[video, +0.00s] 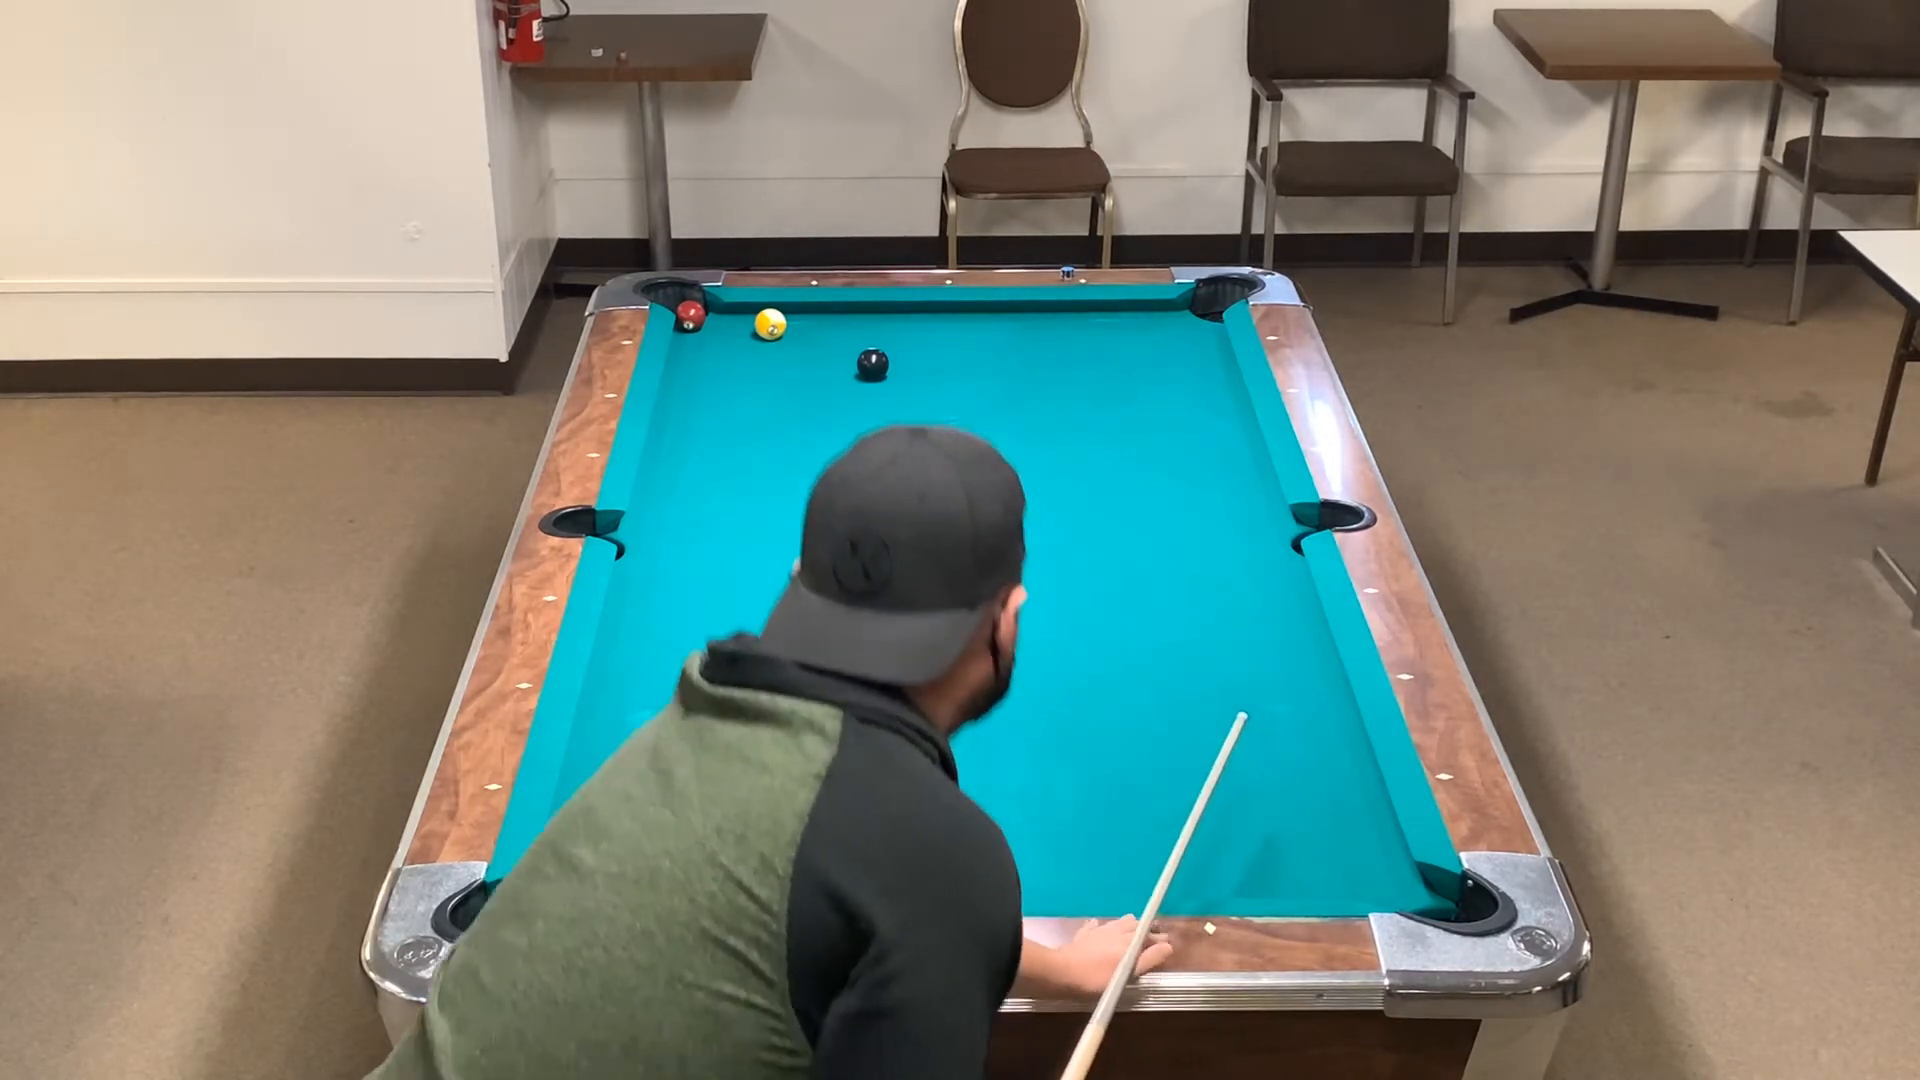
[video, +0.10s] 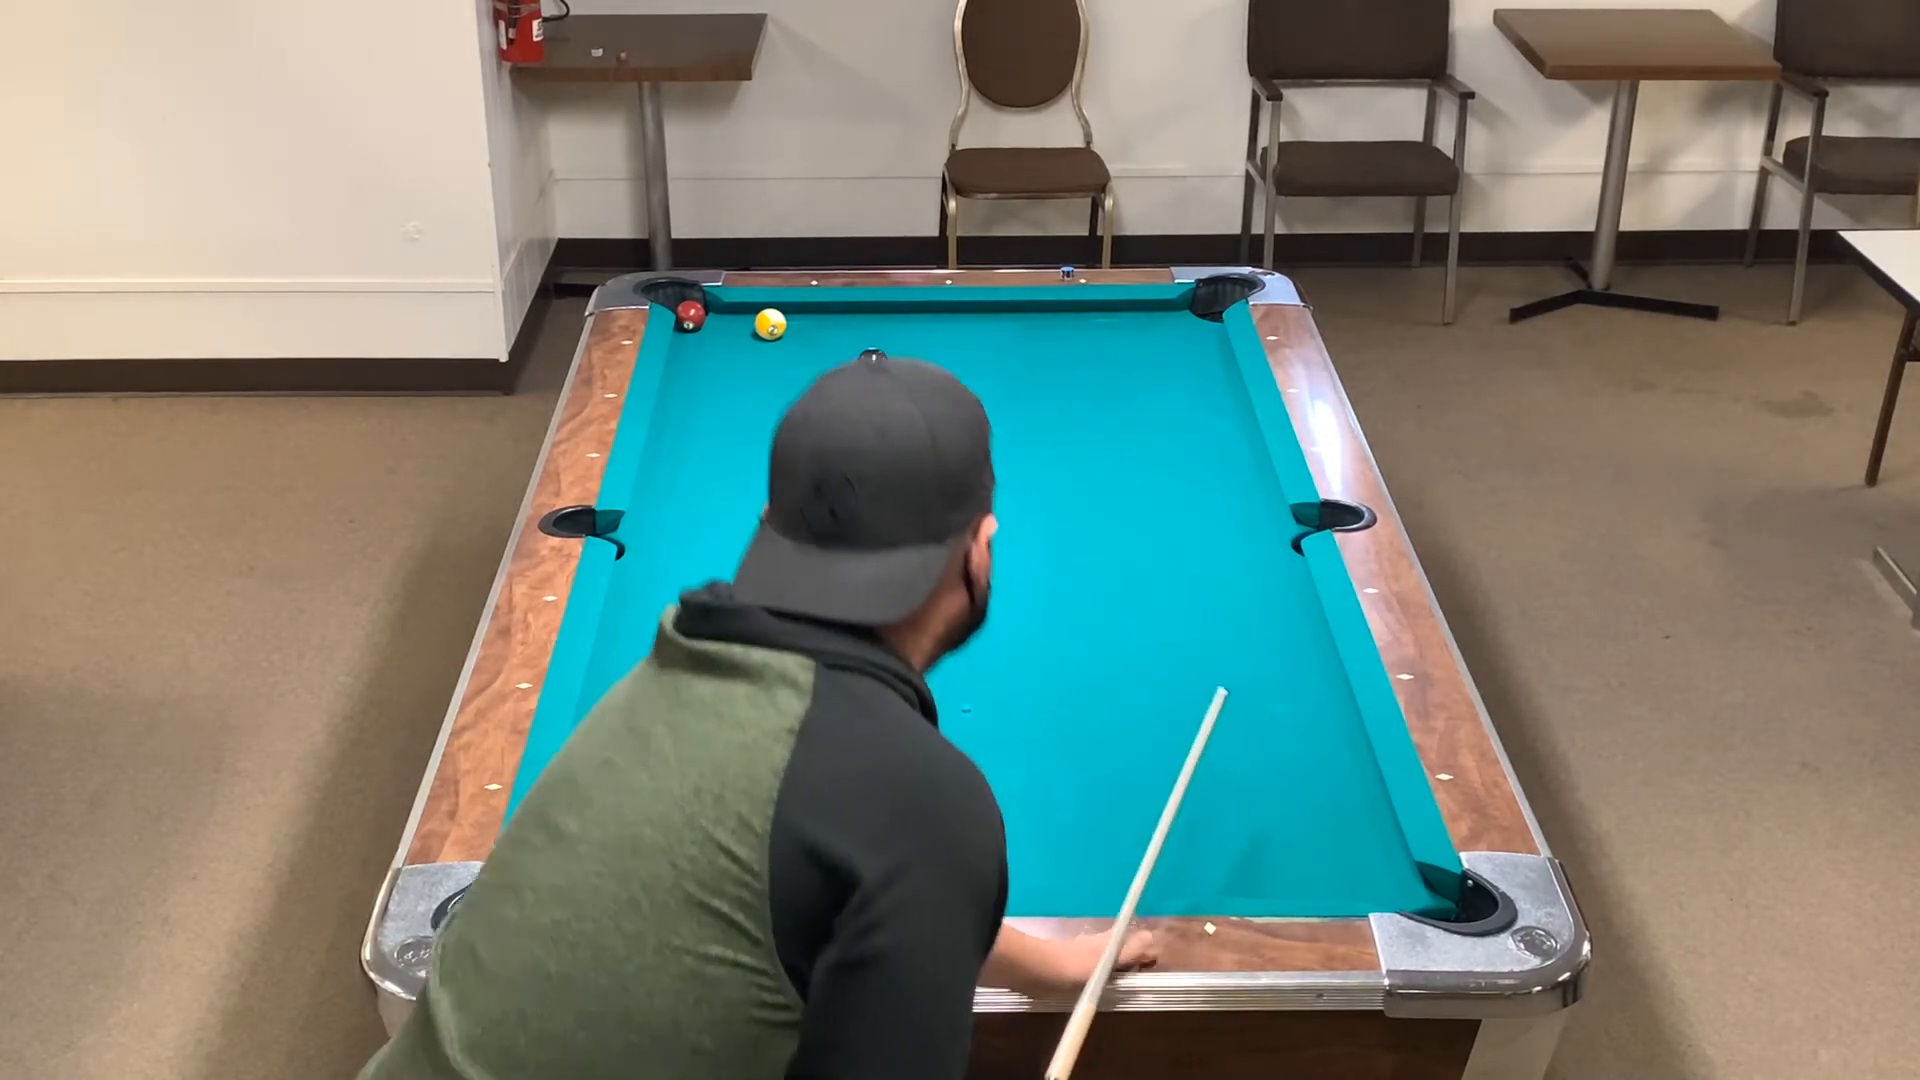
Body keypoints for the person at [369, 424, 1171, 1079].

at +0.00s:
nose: (1019, 613)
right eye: (1023, 592)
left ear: (806, 578)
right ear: (1003, 620)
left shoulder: (709, 709)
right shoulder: (942, 862)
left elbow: (800, 892)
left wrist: (1040, 955)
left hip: (430, 1048)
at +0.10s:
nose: (991, 552)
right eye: (991, 531)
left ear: (779, 519)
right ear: (974, 557)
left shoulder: (675, 670)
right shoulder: (926, 807)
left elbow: (773, 886)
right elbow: (885, 1068)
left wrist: (1026, 954)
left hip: (417, 1053)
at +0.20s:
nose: (962, 483)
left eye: (953, 458)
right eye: (959, 463)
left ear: (752, 461)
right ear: (942, 491)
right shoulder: (900, 755)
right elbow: (870, 1061)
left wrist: (1016, 952)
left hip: (425, 1047)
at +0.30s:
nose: (930, 422)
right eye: (926, 408)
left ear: (704, 422)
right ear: (909, 441)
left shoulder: (604, 588)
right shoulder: (880, 717)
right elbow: (866, 1058)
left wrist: (933, 967)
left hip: (439, 1047)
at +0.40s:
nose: (900, 388)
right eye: (896, 373)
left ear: (677, 387)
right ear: (884, 403)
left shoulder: (566, 579)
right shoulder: (869, 696)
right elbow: (885, 1056)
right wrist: (978, 1055)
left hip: (457, 1050)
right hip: (704, 1064)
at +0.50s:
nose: (887, 354)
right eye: (882, 341)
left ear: (660, 363)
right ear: (874, 377)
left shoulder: (531, 578)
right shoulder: (879, 684)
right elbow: (916, 1051)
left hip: (482, 1056)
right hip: (741, 1062)